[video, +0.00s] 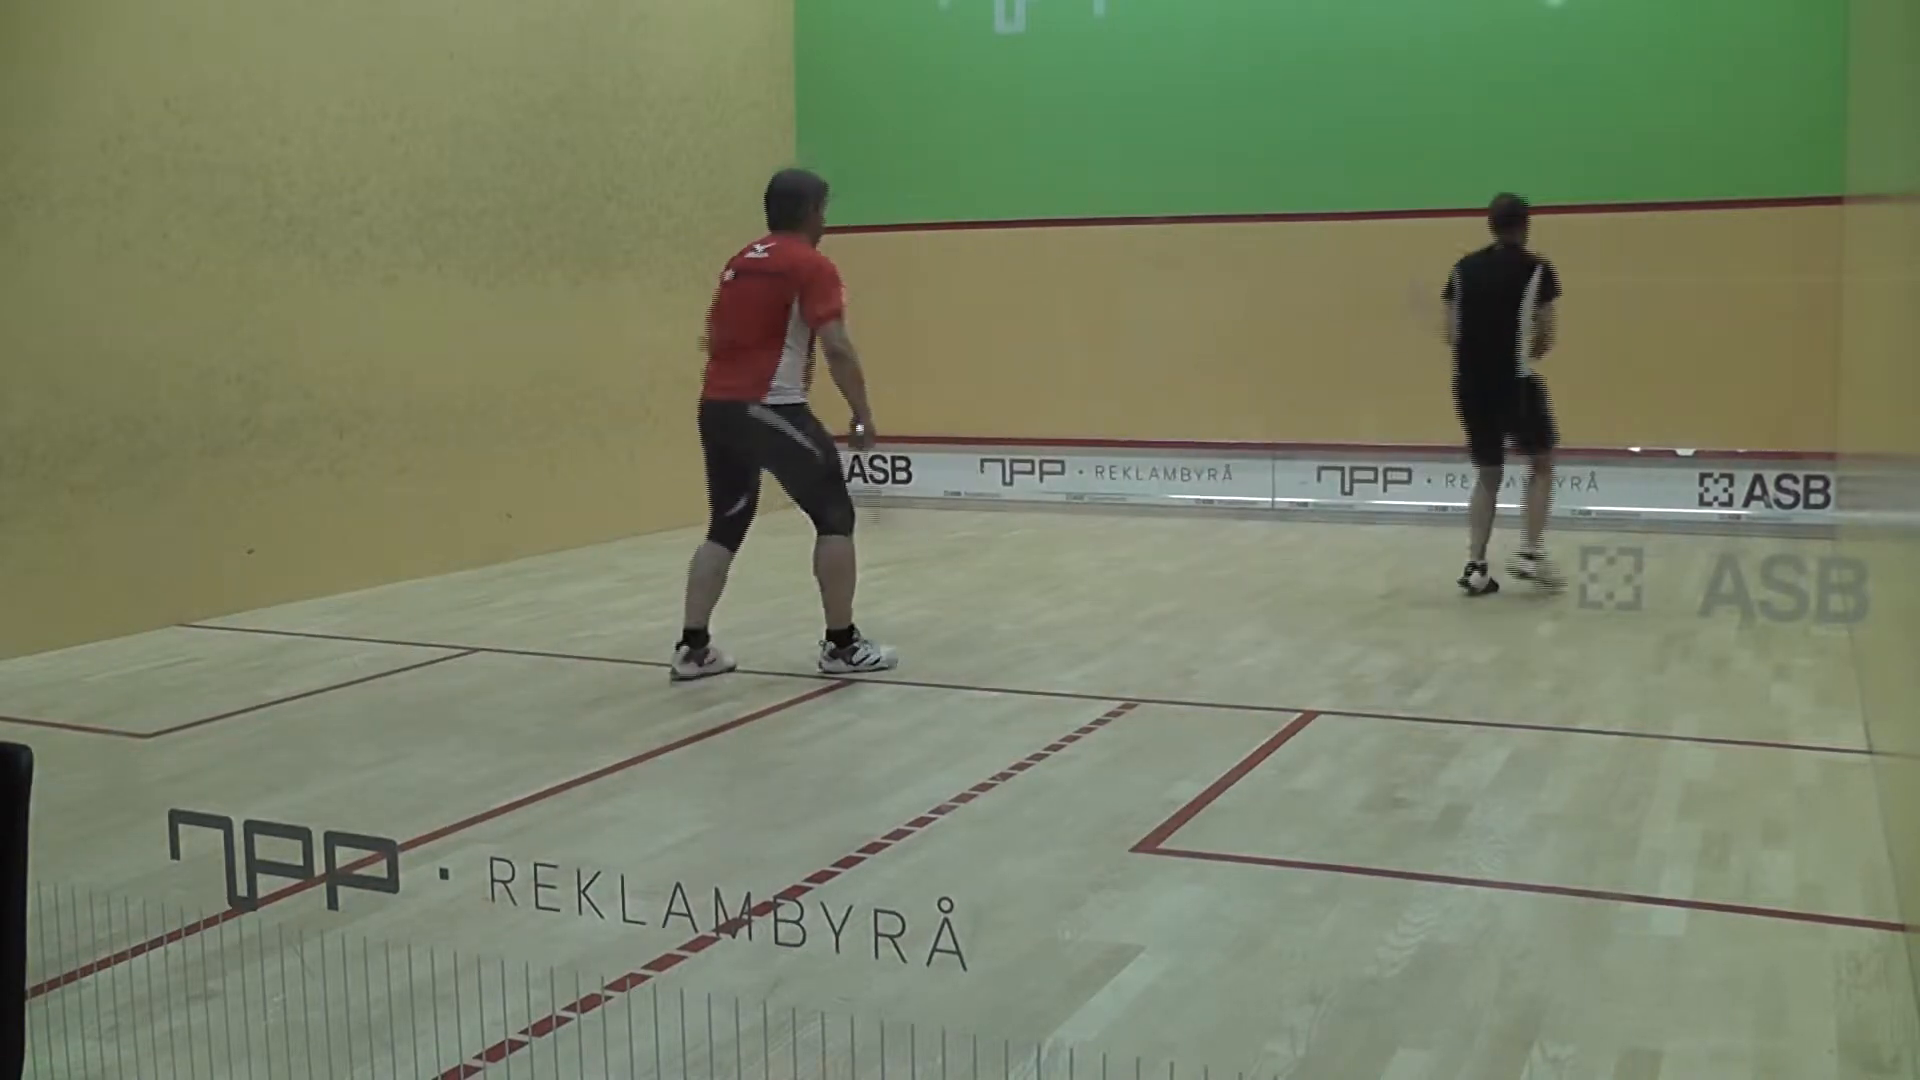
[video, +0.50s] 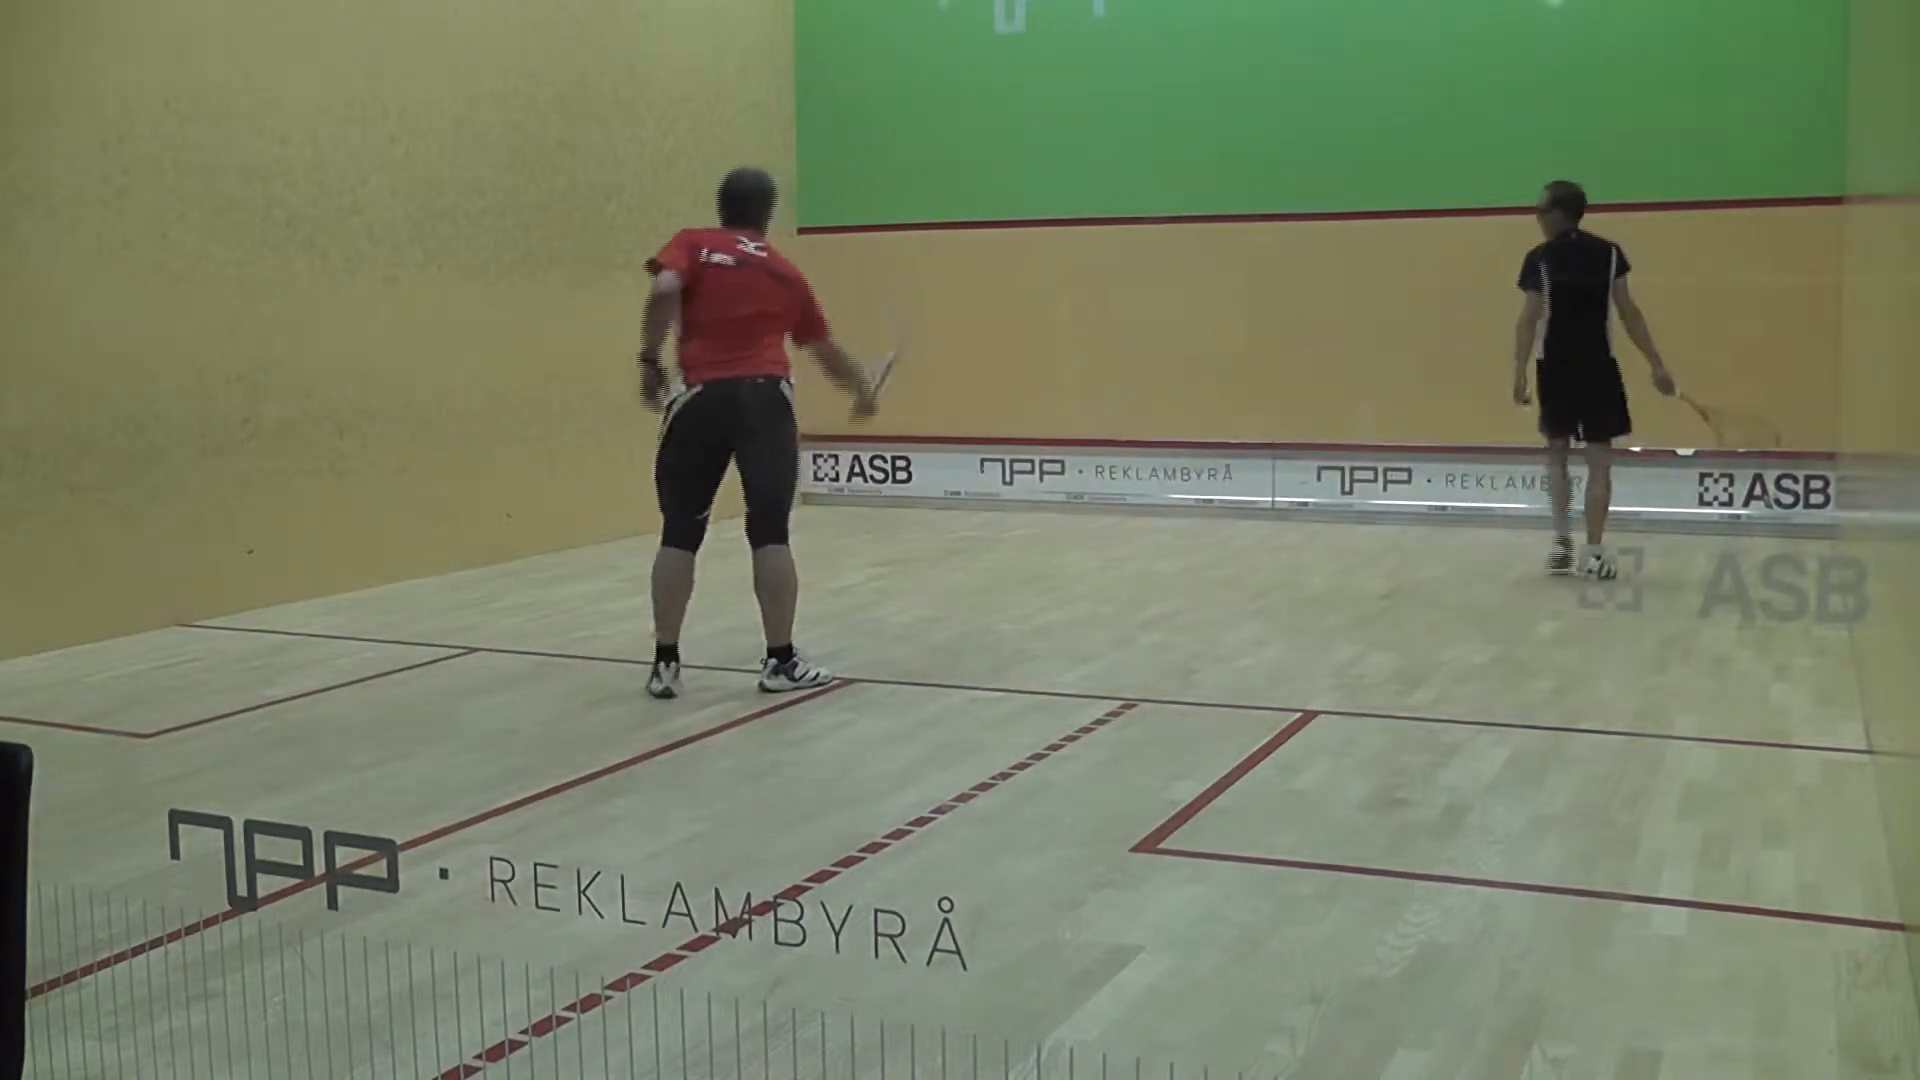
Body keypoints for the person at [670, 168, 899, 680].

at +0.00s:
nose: (826, 218)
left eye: (825, 208)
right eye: (824, 208)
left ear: (771, 212)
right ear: (813, 211)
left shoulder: (743, 259)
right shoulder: (812, 265)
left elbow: (715, 337)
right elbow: (836, 348)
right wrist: (862, 413)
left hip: (719, 410)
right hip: (775, 410)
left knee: (727, 523)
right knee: (834, 516)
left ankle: (692, 646)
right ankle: (842, 644)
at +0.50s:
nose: (769, 216)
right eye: (771, 209)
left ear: (721, 209)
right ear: (769, 214)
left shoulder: (691, 243)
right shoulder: (783, 273)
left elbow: (664, 289)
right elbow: (825, 350)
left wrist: (650, 359)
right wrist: (862, 386)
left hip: (699, 403)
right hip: (766, 403)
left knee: (679, 533)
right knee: (770, 533)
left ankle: (665, 664)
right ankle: (781, 660)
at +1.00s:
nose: (702, 187)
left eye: (697, 178)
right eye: (697, 179)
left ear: (645, 195)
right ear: (688, 189)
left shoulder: (615, 254)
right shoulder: (718, 246)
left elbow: (586, 344)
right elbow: (747, 330)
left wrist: (593, 417)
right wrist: (767, 410)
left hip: (639, 416)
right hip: (705, 411)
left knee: (653, 541)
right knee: (721, 539)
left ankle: (664, 664)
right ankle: (685, 661)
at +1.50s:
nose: (729, 190)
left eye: (729, 178)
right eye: (720, 178)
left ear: (690, 184)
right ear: (683, 181)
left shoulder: (686, 242)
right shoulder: (656, 248)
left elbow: (682, 345)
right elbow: (657, 356)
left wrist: (703, 427)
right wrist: (700, 432)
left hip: (684, 420)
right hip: (645, 423)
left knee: (727, 539)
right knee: (669, 554)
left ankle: (706, 675)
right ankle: (638, 698)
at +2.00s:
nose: (777, 252)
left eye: (790, 239)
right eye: (765, 236)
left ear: (808, 238)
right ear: (741, 230)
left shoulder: (815, 290)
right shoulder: (708, 301)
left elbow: (823, 358)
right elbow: (691, 386)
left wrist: (832, 408)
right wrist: (698, 445)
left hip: (772, 463)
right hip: (693, 466)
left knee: (788, 599)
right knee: (682, 598)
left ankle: (764, 747)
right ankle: (673, 677)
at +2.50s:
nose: (846, 168)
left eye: (862, 153)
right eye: (833, 152)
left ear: (886, 155)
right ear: (808, 150)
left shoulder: (914, 226)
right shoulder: (765, 244)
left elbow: (979, 313)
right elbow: (705, 346)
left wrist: (923, 269)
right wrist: (656, 430)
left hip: (874, 464)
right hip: (788, 458)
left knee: (838, 639)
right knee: (810, 641)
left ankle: (775, 728)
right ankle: (812, 812)